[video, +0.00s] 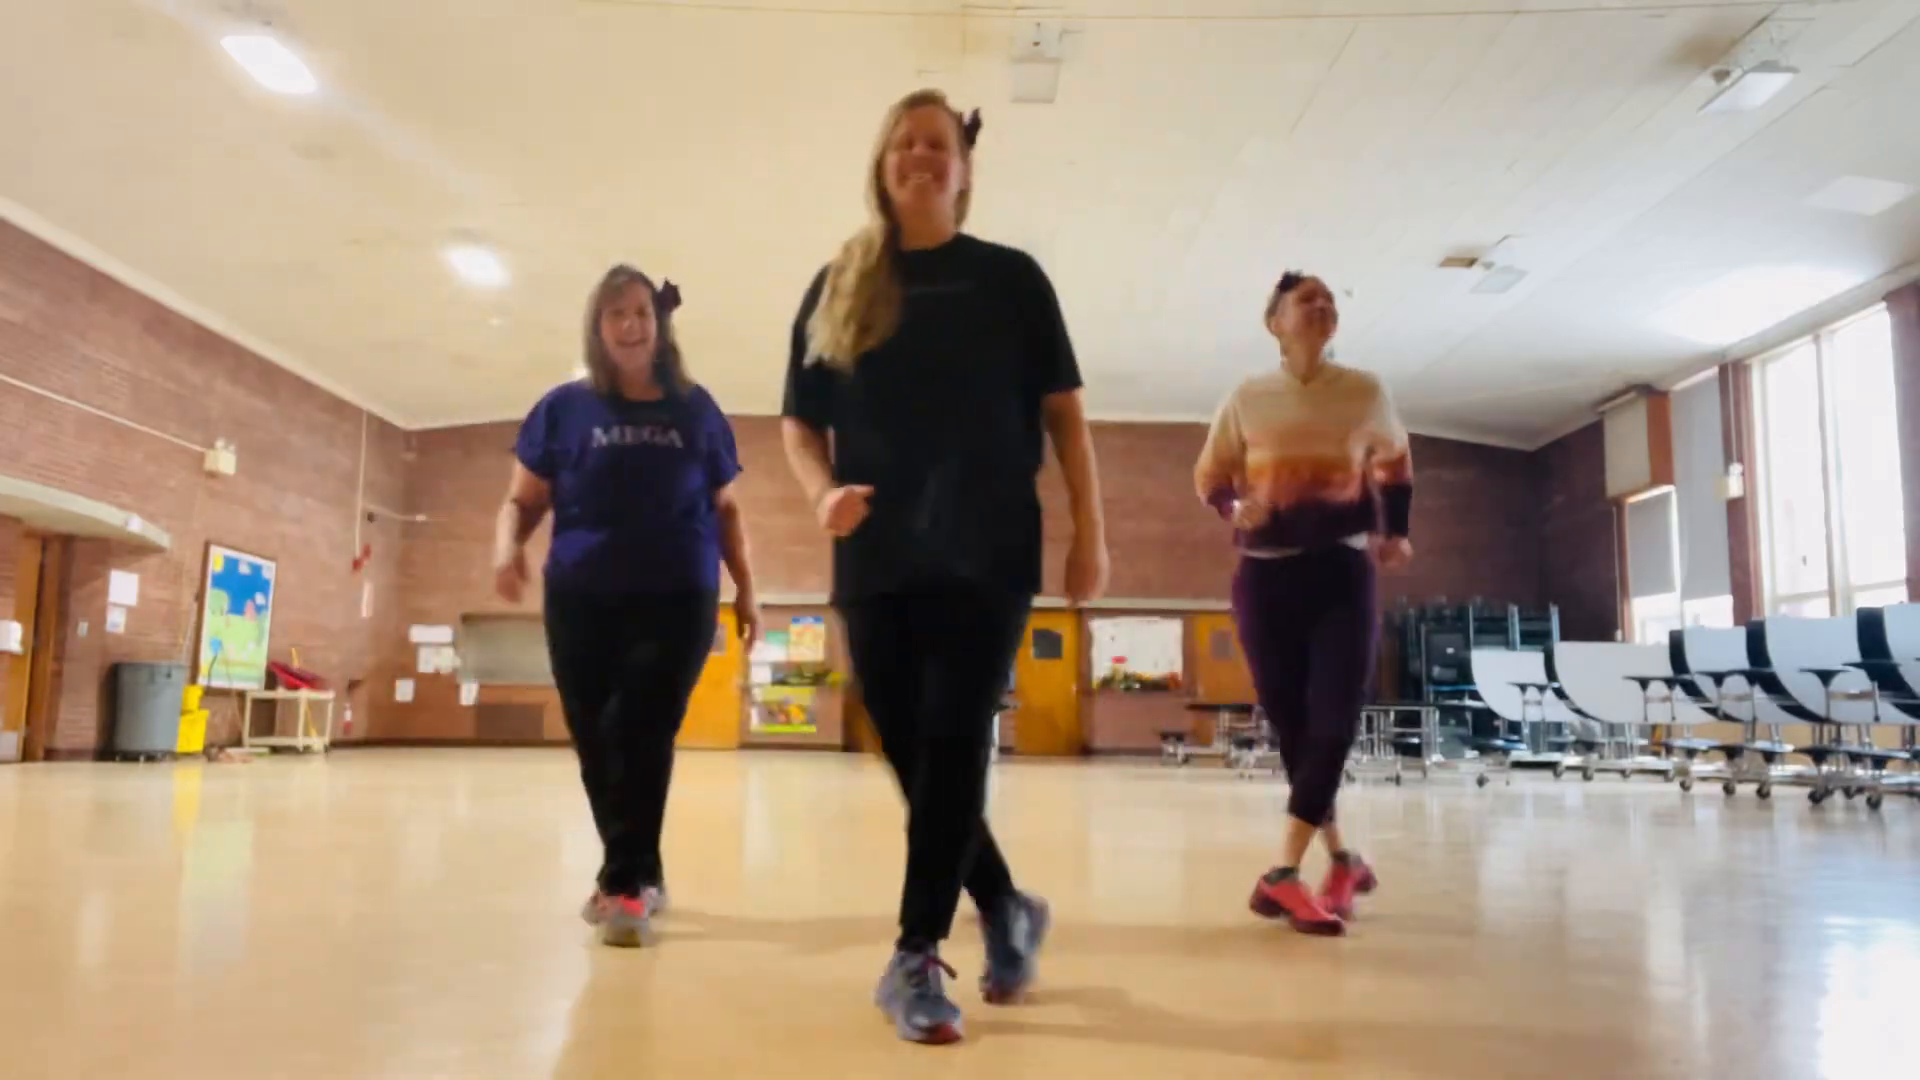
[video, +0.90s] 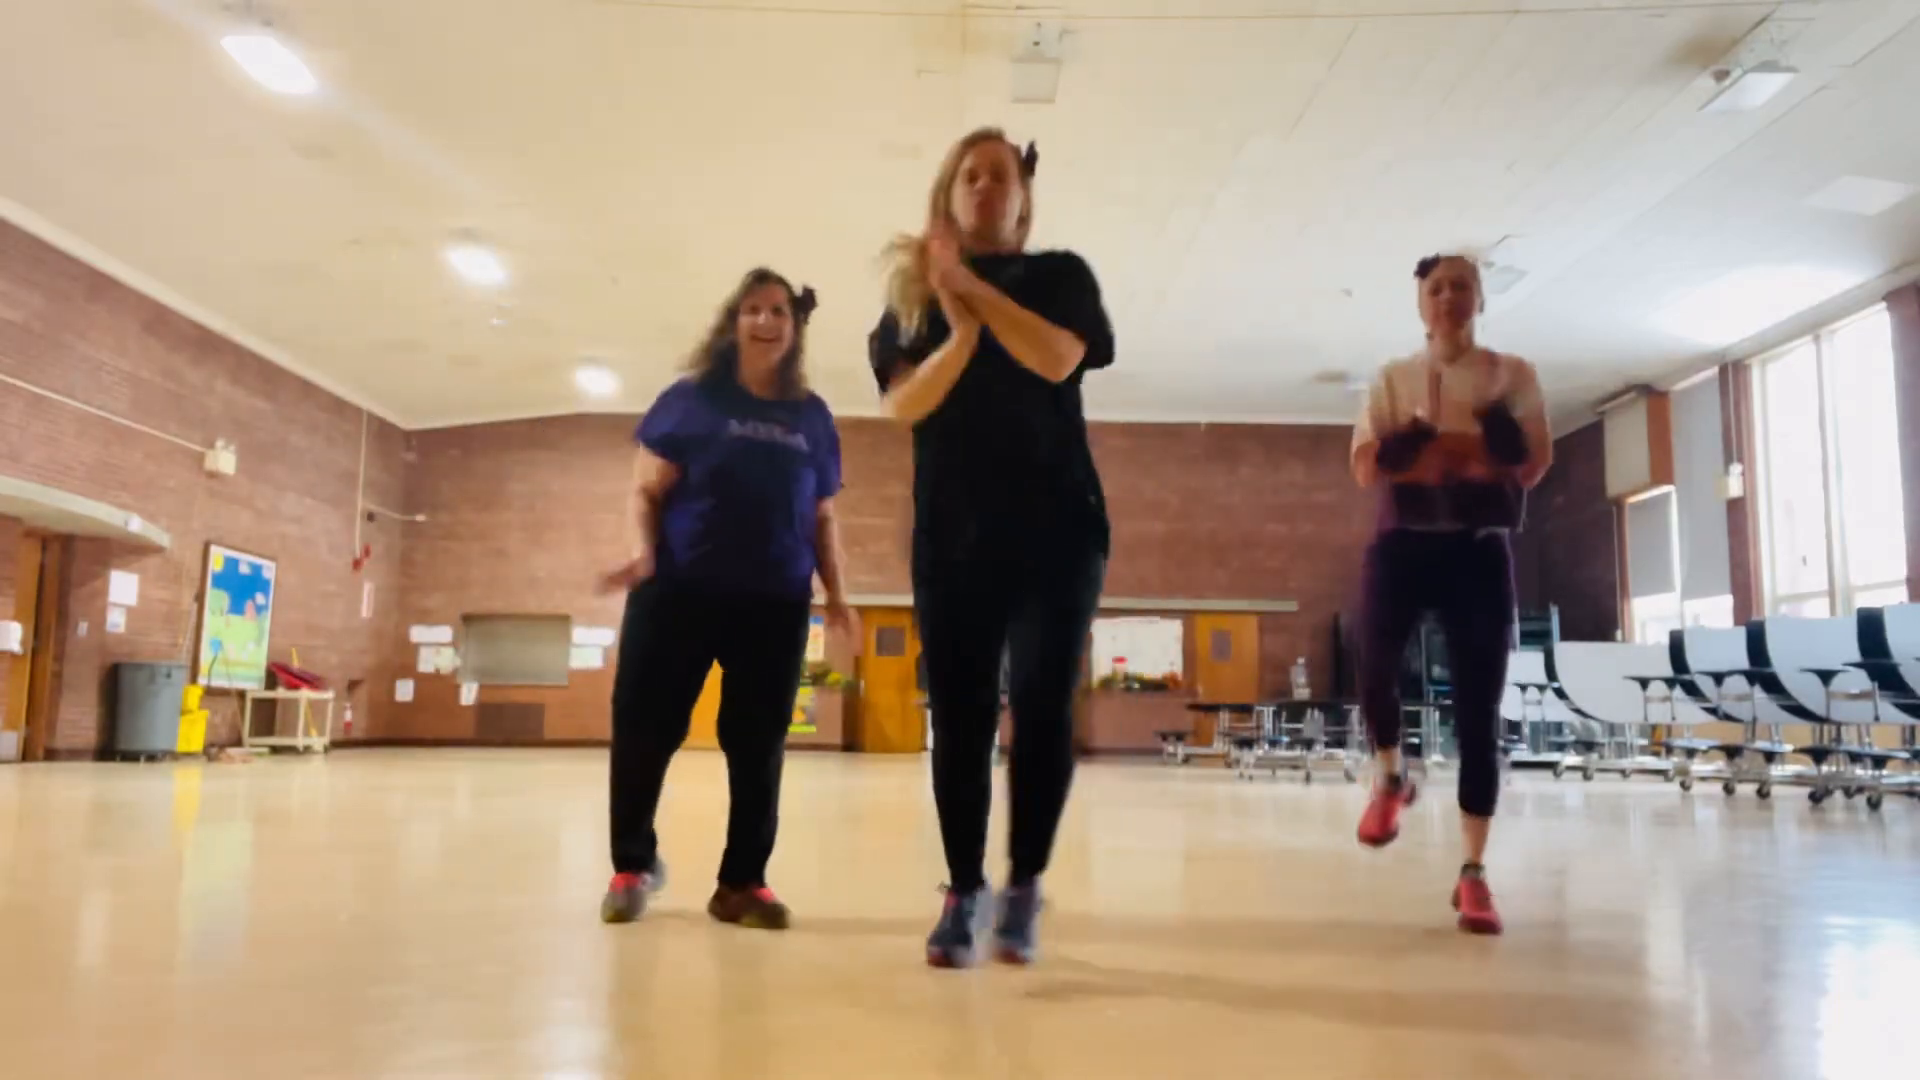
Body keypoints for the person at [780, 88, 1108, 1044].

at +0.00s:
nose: (920, 154)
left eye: (937, 143)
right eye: (905, 142)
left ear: (967, 166)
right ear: (880, 164)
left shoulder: (1015, 278)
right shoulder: (840, 285)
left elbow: (1065, 411)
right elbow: (802, 419)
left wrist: (1087, 528)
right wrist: (822, 488)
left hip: (986, 548)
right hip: (875, 551)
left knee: (953, 748)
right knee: (910, 752)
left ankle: (917, 959)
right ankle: (1007, 908)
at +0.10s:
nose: (945, 173)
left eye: (960, 161)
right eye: (930, 162)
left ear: (988, 179)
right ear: (905, 181)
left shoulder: (1037, 290)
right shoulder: (869, 301)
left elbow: (1081, 421)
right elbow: (823, 428)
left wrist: (1112, 534)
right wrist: (845, 502)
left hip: (1026, 548)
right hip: (916, 556)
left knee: (1024, 734)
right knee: (967, 744)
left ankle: (990, 929)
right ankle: (1032, 926)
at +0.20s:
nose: (962, 173)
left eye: (976, 160)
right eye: (947, 163)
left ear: (1006, 181)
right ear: (924, 188)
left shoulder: (1058, 290)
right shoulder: (892, 305)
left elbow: (1102, 416)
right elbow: (851, 431)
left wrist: (1128, 526)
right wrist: (862, 512)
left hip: (1051, 545)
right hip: (940, 559)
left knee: (1099, 699)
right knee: (990, 744)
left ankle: (1090, 870)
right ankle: (1036, 929)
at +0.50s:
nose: (1009, 199)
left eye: (1026, 189)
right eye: (995, 192)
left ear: (1062, 214)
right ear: (976, 223)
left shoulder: (1111, 316)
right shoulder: (948, 328)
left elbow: (1169, 426)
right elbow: (905, 441)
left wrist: (1182, 534)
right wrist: (921, 534)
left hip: (1104, 570)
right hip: (996, 577)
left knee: (1114, 747)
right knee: (1005, 753)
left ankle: (1148, 918)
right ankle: (1015, 922)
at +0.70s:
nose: (1021, 181)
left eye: (1037, 170)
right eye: (1008, 171)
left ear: (1064, 194)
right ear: (987, 195)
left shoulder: (1100, 284)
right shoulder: (953, 295)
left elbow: (1131, 390)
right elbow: (888, 396)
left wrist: (1153, 349)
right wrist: (859, 316)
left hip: (1092, 540)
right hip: (985, 546)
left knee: (1105, 721)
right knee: (979, 731)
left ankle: (1142, 913)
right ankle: (1003, 919)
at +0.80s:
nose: (1000, 162)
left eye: (1016, 151)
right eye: (988, 152)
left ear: (1044, 171)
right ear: (968, 174)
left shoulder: (1082, 251)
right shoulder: (937, 257)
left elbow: (1097, 352)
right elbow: (897, 375)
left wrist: (1058, 280)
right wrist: (902, 278)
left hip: (1073, 514)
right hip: (969, 516)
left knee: (1078, 696)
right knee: (966, 704)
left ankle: (1094, 880)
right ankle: (980, 883)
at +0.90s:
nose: (986, 190)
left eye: (1000, 178)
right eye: (972, 178)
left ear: (1025, 195)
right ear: (948, 196)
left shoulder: (1059, 274)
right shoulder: (920, 288)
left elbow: (1059, 360)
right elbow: (902, 404)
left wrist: (965, 282)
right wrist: (968, 328)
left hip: (1054, 526)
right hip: (955, 531)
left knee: (1039, 707)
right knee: (961, 717)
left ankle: (1023, 889)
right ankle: (964, 891)